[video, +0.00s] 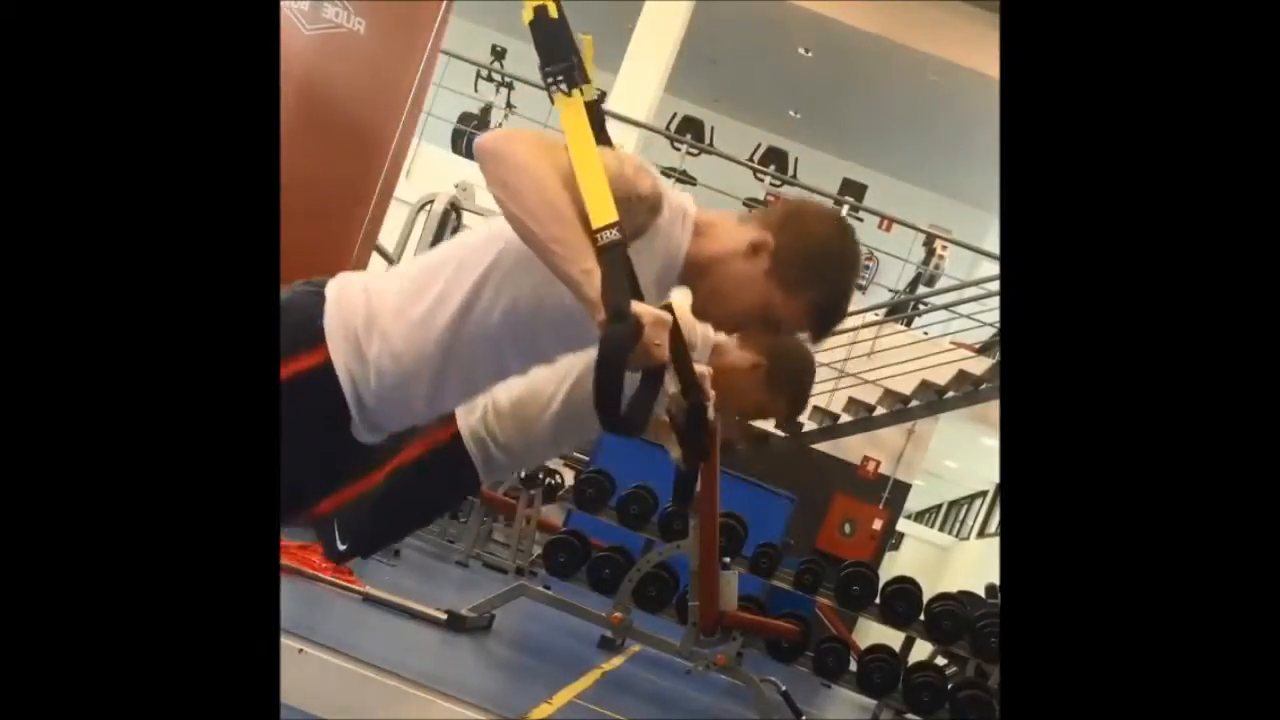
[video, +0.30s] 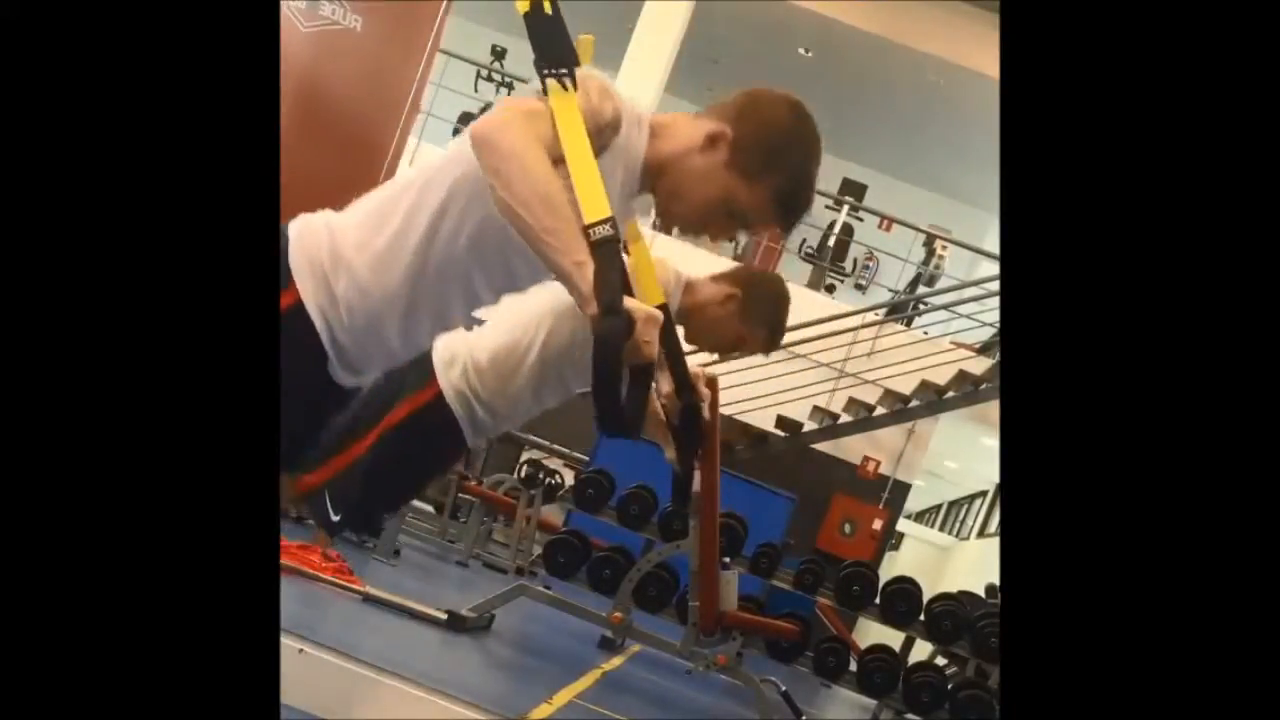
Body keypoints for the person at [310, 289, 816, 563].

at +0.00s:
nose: (743, 421)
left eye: (755, 420)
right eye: (754, 409)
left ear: (746, 365)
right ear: (750, 362)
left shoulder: (688, 379)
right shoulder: (681, 335)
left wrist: (694, 435)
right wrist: (692, 418)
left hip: (490, 449)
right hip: (472, 424)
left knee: (361, 524)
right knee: (344, 517)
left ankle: (330, 545)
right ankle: (314, 536)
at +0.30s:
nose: (728, 348)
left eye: (741, 347)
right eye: (740, 341)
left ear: (726, 291)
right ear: (728, 299)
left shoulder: (659, 313)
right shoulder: (646, 288)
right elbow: (622, 412)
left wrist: (672, 404)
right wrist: (656, 389)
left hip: (468, 408)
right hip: (451, 388)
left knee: (348, 519)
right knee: (316, 498)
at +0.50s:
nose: (710, 310)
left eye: (723, 307)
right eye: (722, 297)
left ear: (707, 258)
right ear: (709, 256)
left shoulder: (644, 294)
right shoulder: (627, 244)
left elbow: (640, 389)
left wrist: (677, 412)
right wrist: (678, 379)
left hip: (453, 395)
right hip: (429, 367)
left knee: (331, 506)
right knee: (302, 480)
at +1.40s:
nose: (712, 337)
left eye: (727, 336)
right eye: (724, 326)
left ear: (715, 286)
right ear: (716, 284)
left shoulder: (660, 316)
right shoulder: (646, 264)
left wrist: (691, 389)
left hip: (462, 403)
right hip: (443, 381)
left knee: (332, 513)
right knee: (309, 500)